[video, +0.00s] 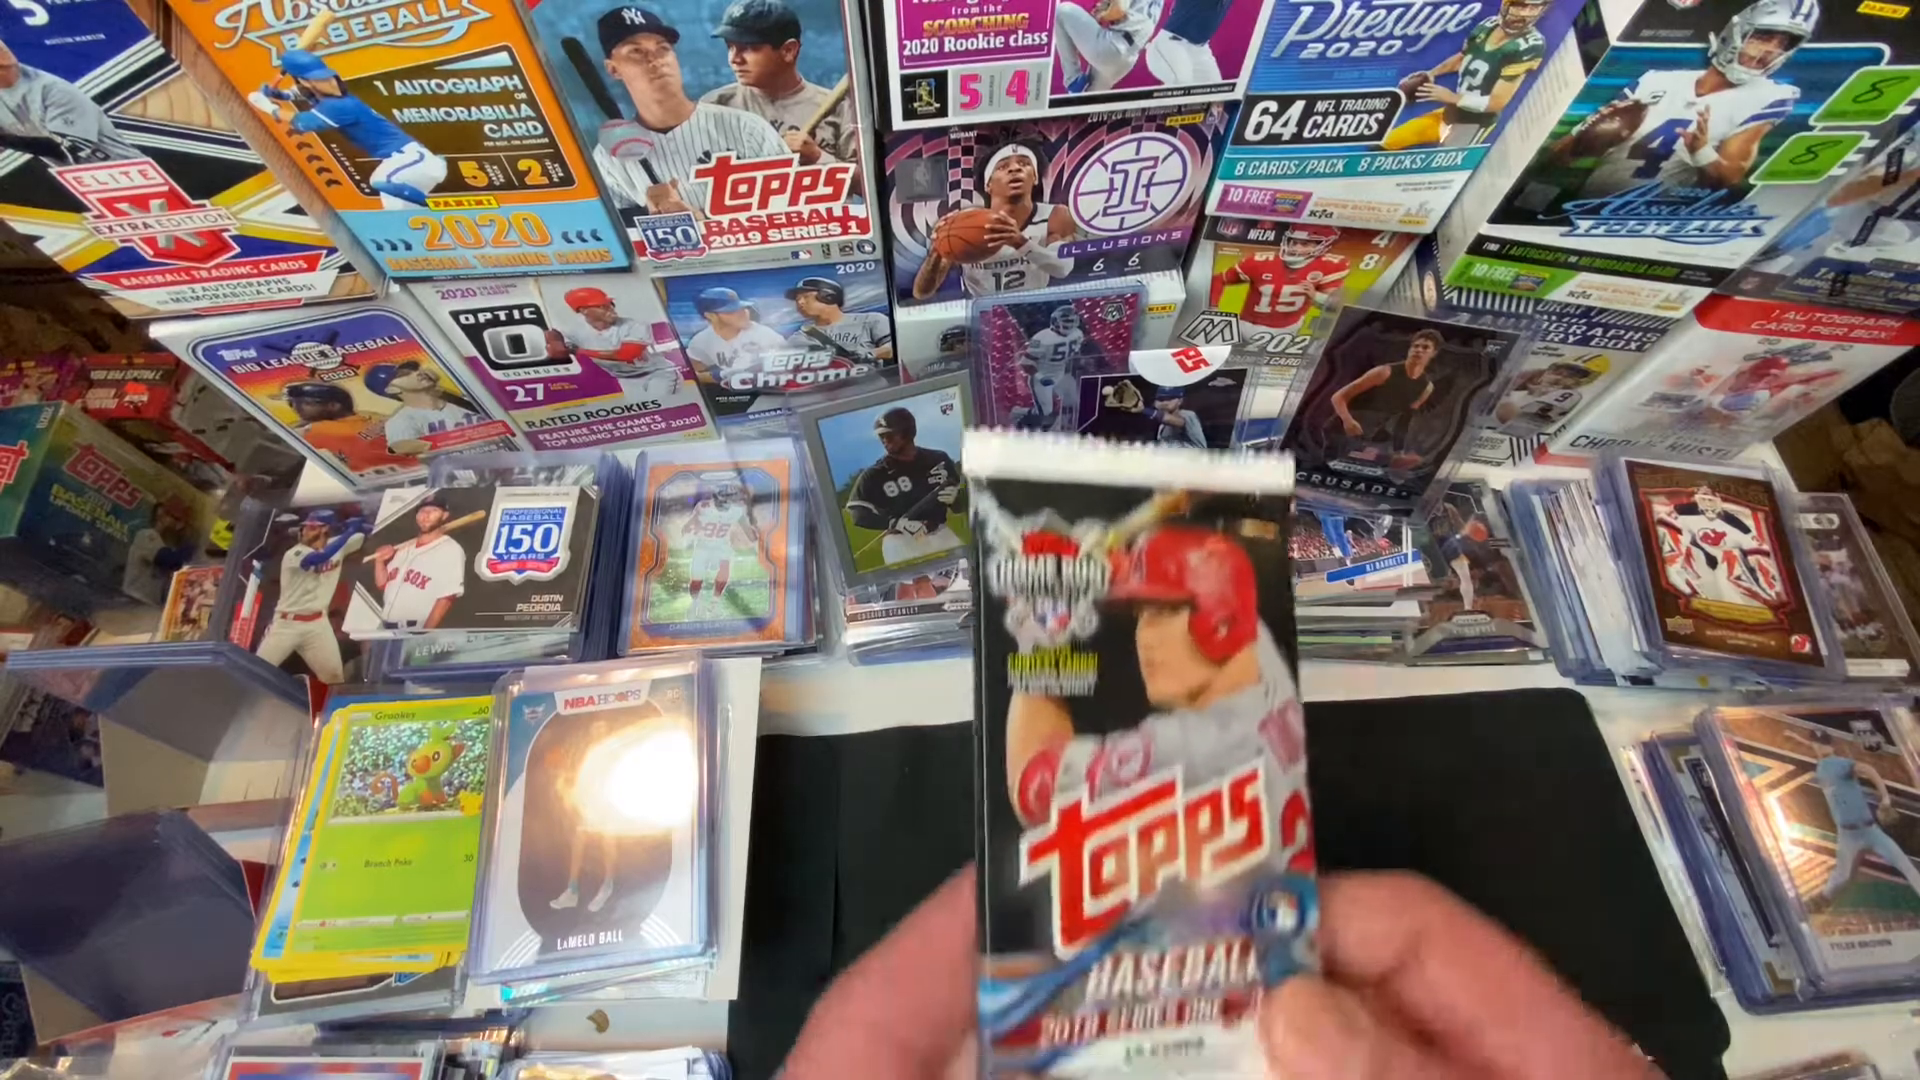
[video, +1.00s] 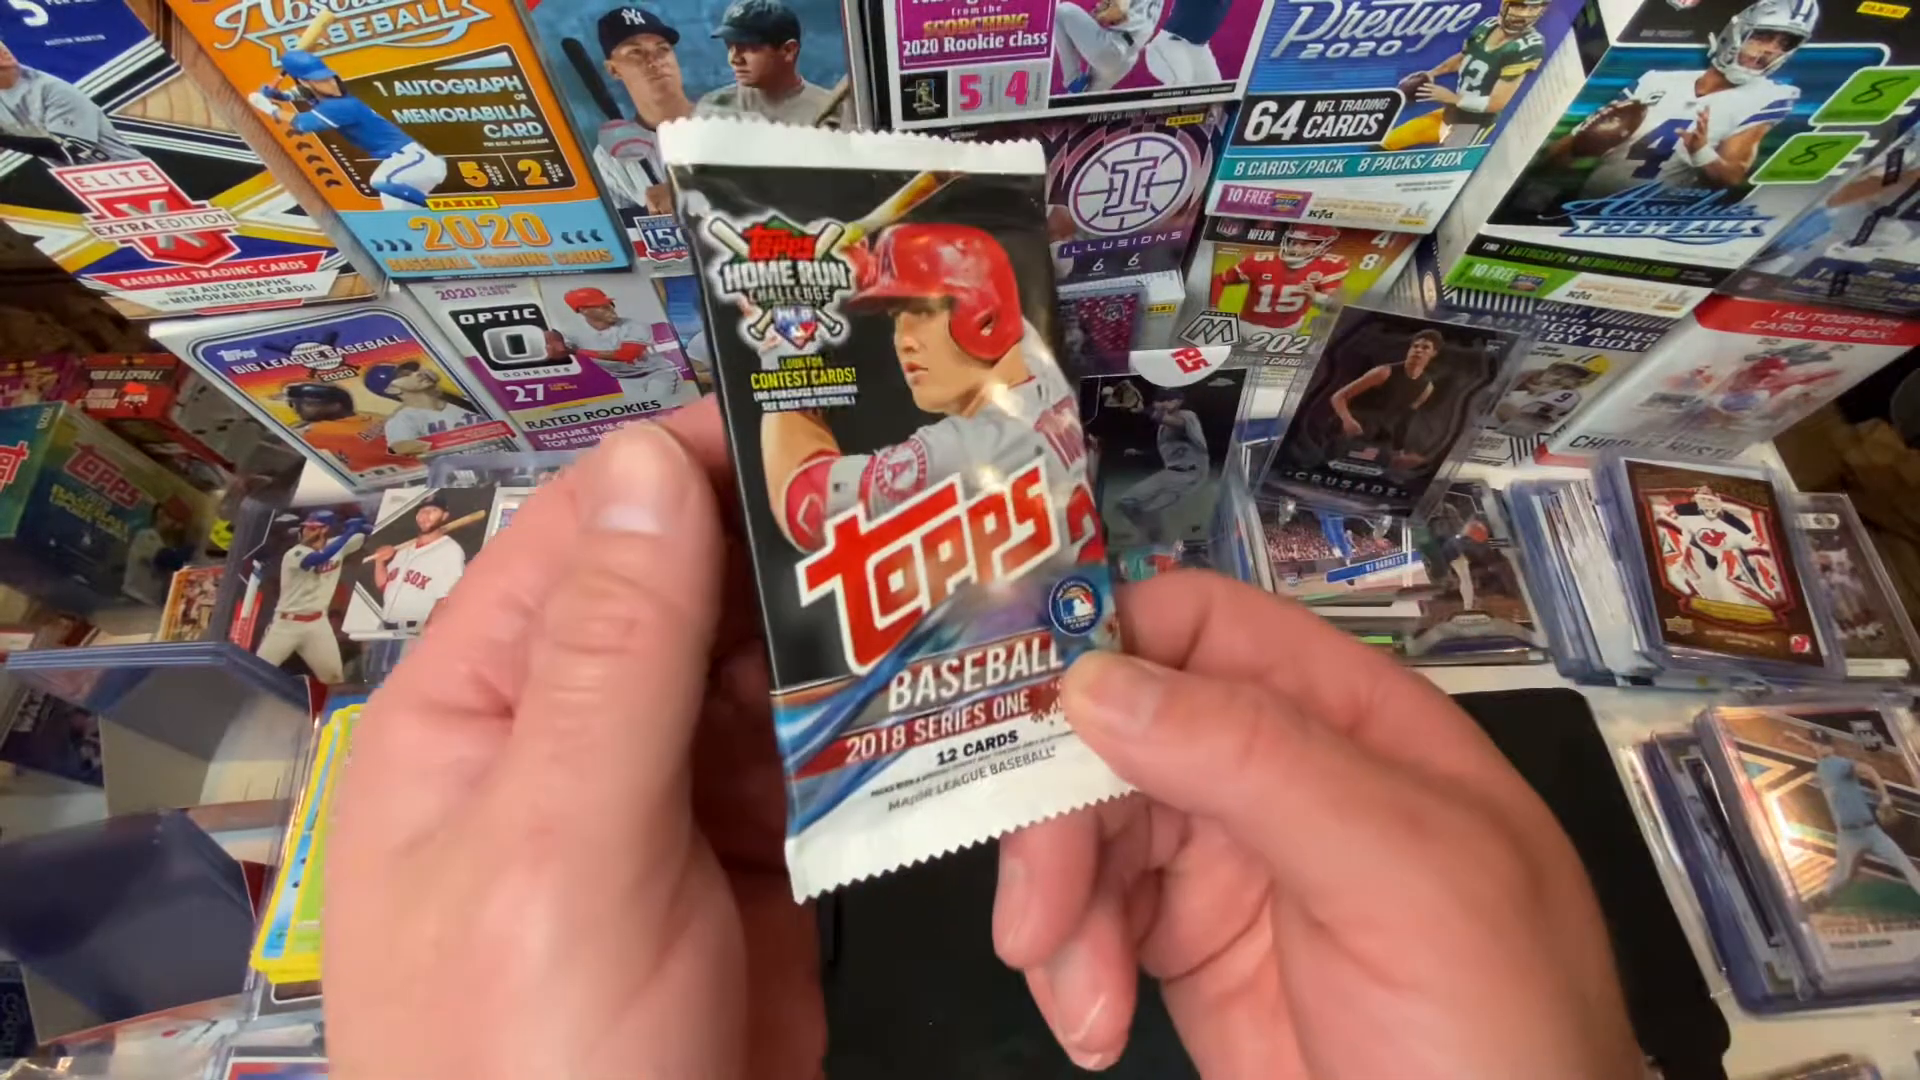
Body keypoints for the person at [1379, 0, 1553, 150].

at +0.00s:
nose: (1521, 13)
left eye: (1531, 7)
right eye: (1516, 5)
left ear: (1543, 10)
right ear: (1504, 4)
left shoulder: (1528, 47)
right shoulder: (1486, 26)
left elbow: (1496, 103)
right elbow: (1463, 58)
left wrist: (1450, 97)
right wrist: (1431, 74)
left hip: (1476, 124)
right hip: (1451, 112)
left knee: (1441, 176)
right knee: (1389, 141)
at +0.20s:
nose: (1521, 13)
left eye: (1531, 7)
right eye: (1517, 5)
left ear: (1542, 10)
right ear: (1504, 5)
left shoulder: (1528, 47)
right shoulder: (1487, 26)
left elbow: (1496, 103)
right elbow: (1462, 58)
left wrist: (1450, 97)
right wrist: (1431, 74)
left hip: (1476, 124)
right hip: (1450, 111)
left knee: (1441, 174)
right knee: (1388, 141)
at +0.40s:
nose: (1520, 14)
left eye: (1529, 8)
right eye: (1515, 6)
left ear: (1541, 11)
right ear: (1504, 5)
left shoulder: (1527, 48)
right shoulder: (1487, 26)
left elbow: (1496, 103)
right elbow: (1463, 58)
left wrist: (1450, 98)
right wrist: (1432, 73)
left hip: (1477, 123)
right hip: (1451, 111)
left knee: (1443, 172)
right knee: (1387, 141)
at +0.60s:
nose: (1519, 14)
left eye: (1529, 8)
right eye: (1515, 6)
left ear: (1541, 11)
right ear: (1503, 5)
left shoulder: (1526, 48)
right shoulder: (1487, 26)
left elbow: (1496, 103)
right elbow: (1463, 58)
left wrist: (1451, 98)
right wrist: (1432, 73)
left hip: (1476, 124)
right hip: (1451, 112)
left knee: (1441, 173)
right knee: (1388, 141)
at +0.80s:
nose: (1519, 13)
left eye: (1528, 7)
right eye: (1514, 5)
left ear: (1541, 11)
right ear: (1502, 5)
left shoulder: (1526, 48)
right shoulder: (1486, 27)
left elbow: (1496, 104)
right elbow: (1463, 58)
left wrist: (1450, 98)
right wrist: (1432, 73)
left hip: (1477, 124)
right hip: (1451, 111)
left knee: (1441, 172)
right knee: (1387, 141)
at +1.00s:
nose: (1520, 13)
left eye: (1529, 7)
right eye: (1515, 5)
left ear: (1541, 11)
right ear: (1503, 5)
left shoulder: (1527, 47)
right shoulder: (1487, 26)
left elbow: (1495, 104)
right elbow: (1464, 58)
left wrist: (1451, 98)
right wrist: (1432, 73)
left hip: (1477, 124)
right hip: (1451, 112)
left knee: (1442, 173)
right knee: (1388, 141)